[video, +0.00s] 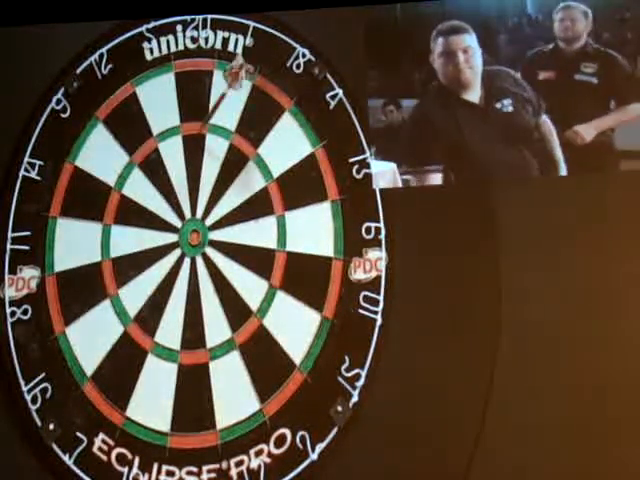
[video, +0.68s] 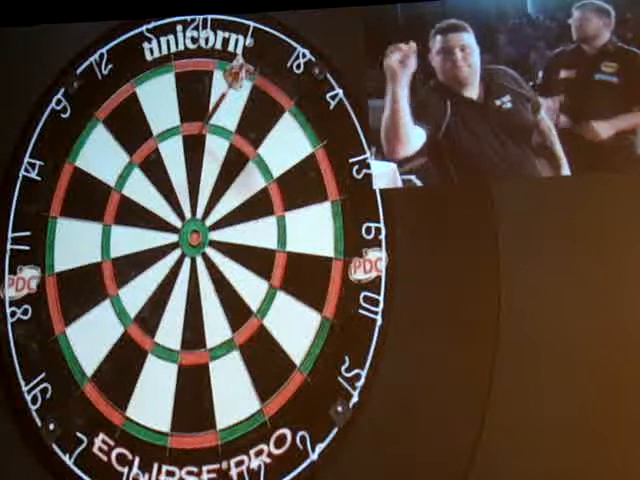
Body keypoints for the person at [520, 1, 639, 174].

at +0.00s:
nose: (566, 24)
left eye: (573, 20)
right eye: (561, 20)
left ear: (588, 25)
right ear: (553, 26)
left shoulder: (609, 62)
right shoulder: (535, 61)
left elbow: (633, 107)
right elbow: (521, 105)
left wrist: (593, 127)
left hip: (595, 162)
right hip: (546, 161)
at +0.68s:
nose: (575, 24)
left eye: (584, 19)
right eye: (574, 19)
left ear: (607, 24)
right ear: (570, 22)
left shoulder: (631, 60)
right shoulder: (558, 60)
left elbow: (637, 112)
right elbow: (542, 101)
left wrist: (611, 126)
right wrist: (554, 117)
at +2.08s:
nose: (597, 31)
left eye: (603, 25)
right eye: (591, 26)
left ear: (622, 26)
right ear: (585, 30)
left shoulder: (634, 61)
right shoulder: (569, 63)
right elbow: (546, 92)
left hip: (626, 157)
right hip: (581, 159)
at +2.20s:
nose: (597, 31)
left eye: (604, 25)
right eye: (592, 26)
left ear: (622, 25)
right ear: (586, 30)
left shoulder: (635, 61)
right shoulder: (570, 61)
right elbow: (548, 98)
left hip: (626, 158)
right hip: (580, 160)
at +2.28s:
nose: (597, 32)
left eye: (604, 25)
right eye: (591, 26)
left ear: (622, 25)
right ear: (586, 30)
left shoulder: (635, 62)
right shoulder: (569, 61)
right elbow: (549, 101)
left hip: (626, 159)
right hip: (579, 160)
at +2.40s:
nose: (597, 31)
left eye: (604, 25)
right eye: (591, 26)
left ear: (622, 26)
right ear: (586, 30)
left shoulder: (635, 62)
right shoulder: (570, 61)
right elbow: (547, 100)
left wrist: (638, 159)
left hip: (624, 159)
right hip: (579, 160)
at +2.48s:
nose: (597, 31)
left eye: (604, 25)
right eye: (591, 26)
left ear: (622, 26)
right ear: (585, 30)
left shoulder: (635, 62)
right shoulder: (570, 61)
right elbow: (545, 101)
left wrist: (637, 159)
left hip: (625, 159)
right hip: (578, 159)